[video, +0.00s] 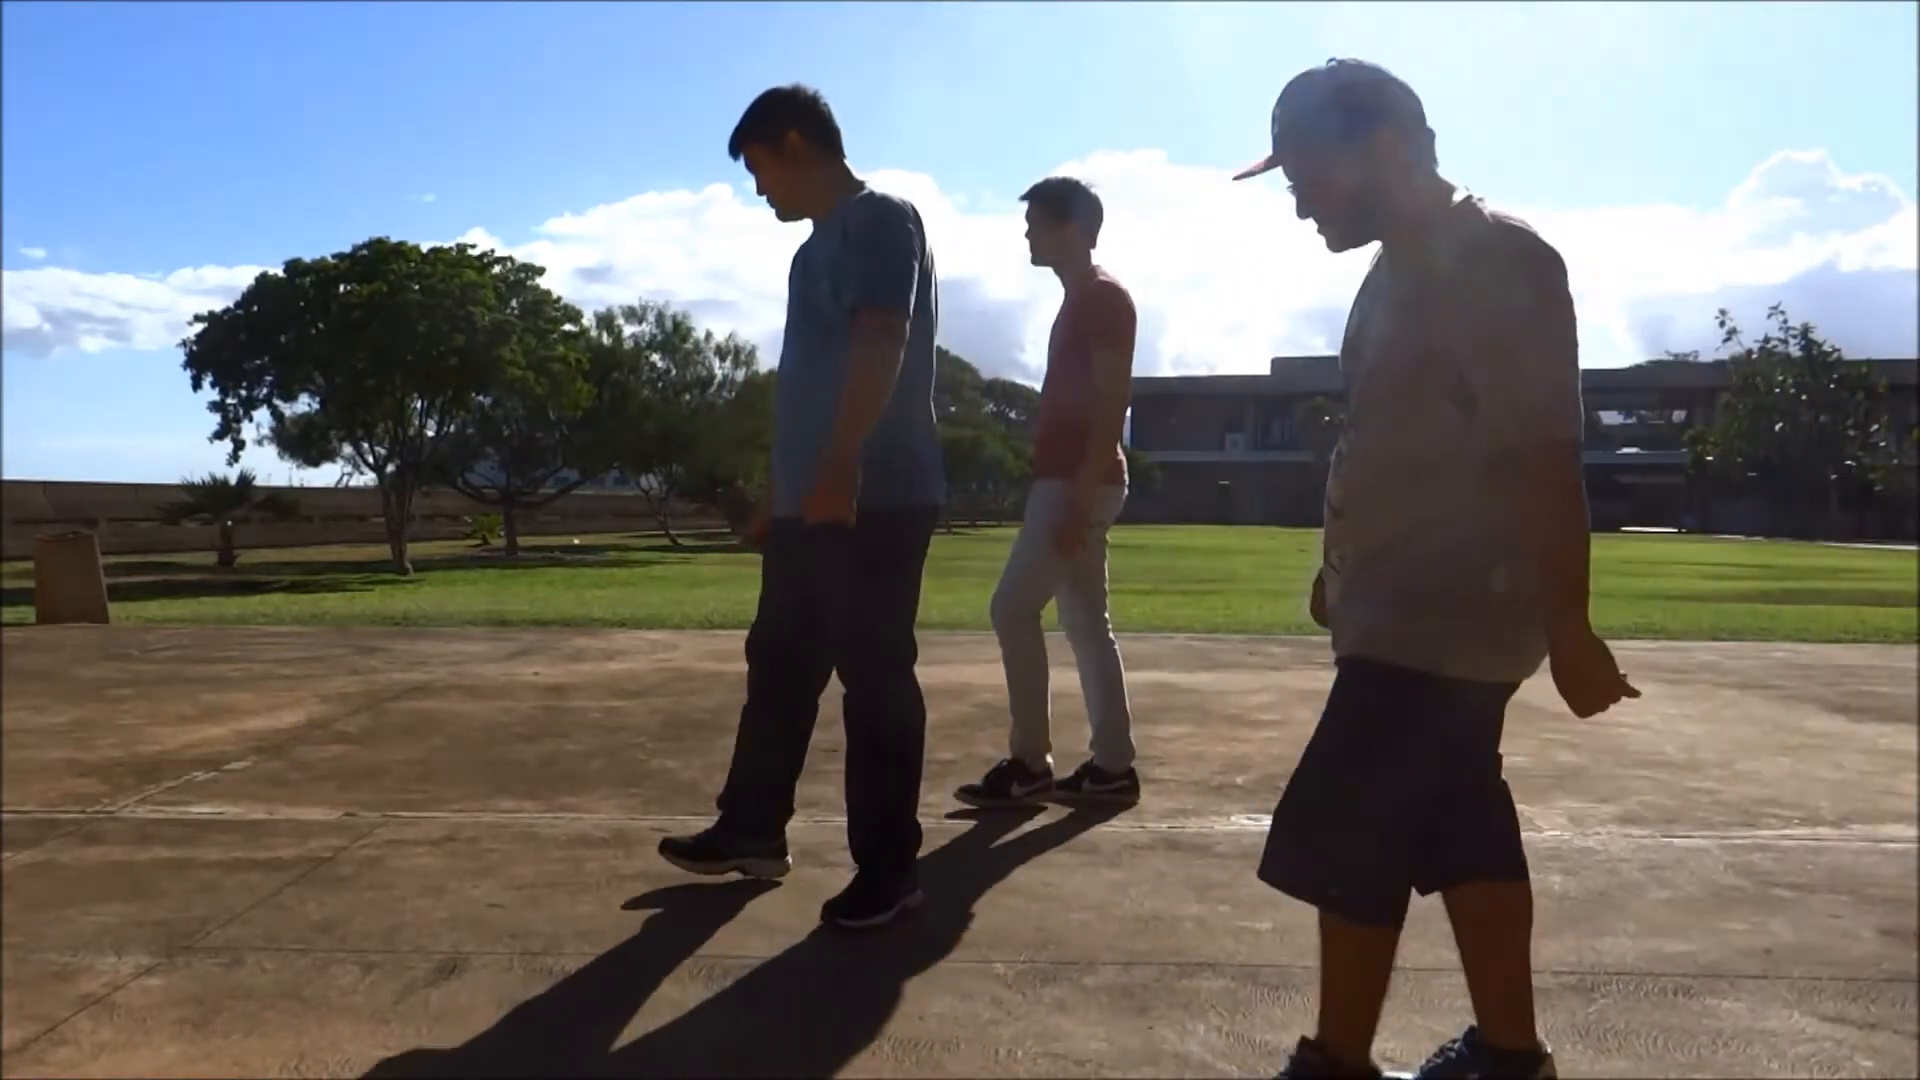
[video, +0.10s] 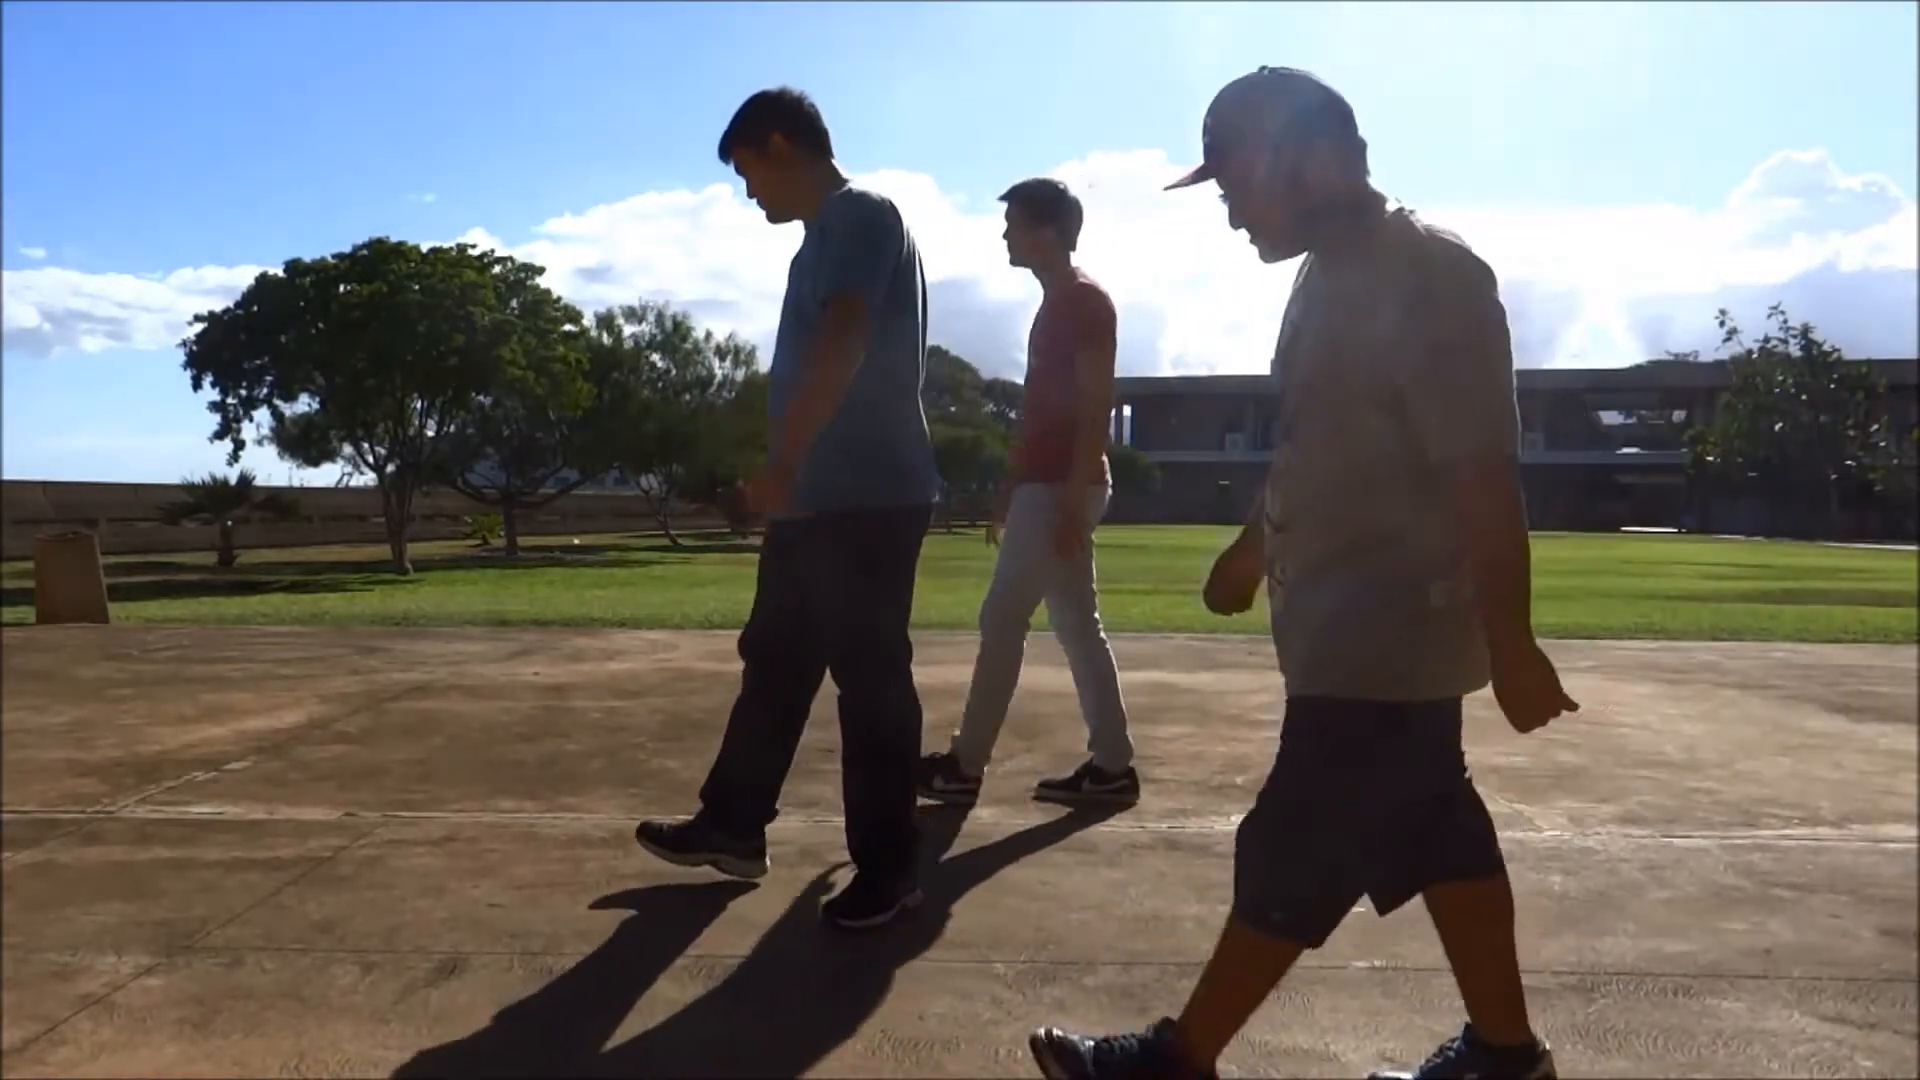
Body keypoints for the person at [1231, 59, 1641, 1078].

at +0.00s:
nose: (1299, 204)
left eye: (1306, 175)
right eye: (1291, 183)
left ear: (1383, 143)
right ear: (1375, 156)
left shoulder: (1503, 260)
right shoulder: (1388, 280)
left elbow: (1547, 452)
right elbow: (1388, 448)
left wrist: (1572, 629)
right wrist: (1344, 560)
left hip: (1451, 623)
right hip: (1395, 618)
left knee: (1355, 835)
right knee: (1468, 829)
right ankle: (1509, 1047)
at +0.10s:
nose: (1229, 207)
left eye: (1233, 176)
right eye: (1220, 185)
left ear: (1304, 154)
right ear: (1303, 162)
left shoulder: (1434, 275)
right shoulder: (1319, 286)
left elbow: (1482, 465)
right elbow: (1319, 450)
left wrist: (1513, 642)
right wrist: (1252, 546)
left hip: (1391, 642)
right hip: (1336, 638)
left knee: (1291, 859)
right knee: (1445, 838)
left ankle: (1184, 1052)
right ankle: (1506, 1042)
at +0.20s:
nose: (1164, 221)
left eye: (1172, 193)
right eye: (1157, 201)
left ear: (1246, 163)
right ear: (1239, 174)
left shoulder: (1360, 283)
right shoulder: (1256, 290)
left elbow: (1396, 484)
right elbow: (1258, 456)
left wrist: (1409, 661)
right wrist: (1184, 538)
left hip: (1308, 650)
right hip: (1272, 643)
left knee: (1218, 878)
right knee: (1381, 838)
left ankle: (1153, 1062)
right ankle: (1489, 1032)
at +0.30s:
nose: (1090, 212)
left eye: (1095, 184)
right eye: (1082, 192)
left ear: (1166, 158)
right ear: (1161, 164)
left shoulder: (1262, 271)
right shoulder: (1198, 277)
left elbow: (1295, 486)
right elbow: (1213, 458)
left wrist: (1275, 666)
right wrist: (1137, 543)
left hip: (1225, 643)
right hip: (1183, 635)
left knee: (1163, 872)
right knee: (1243, 828)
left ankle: (1141, 1064)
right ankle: (1416, 986)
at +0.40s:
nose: (1032, 205)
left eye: (1036, 174)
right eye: (1021, 182)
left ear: (1109, 140)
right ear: (1113, 147)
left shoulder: (1178, 253)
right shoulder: (1167, 245)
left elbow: (1152, 475)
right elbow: (1148, 465)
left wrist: (1099, 649)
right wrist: (1096, 630)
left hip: (1172, 630)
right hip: (1163, 620)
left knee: (1140, 838)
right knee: (1079, 770)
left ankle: (1137, 1063)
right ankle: (1270, 941)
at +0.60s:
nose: (893, 203)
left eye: (895, 170)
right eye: (884, 179)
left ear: (959, 137)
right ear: (974, 142)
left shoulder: (1036, 240)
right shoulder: (1062, 230)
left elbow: (929, 455)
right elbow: (941, 413)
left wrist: (798, 561)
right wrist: (934, 269)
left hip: (1058, 627)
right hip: (979, 616)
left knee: (1092, 850)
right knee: (912, 802)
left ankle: (1136, 1060)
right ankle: (897, 1024)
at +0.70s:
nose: (826, 216)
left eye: (823, 185)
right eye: (815, 195)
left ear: (879, 147)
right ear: (897, 149)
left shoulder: (955, 249)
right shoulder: (1003, 237)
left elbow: (873, 449)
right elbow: (979, 460)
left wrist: (706, 546)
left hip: (1000, 645)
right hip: (925, 644)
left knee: (1070, 863)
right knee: (861, 846)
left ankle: (1133, 1060)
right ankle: (755, 1027)